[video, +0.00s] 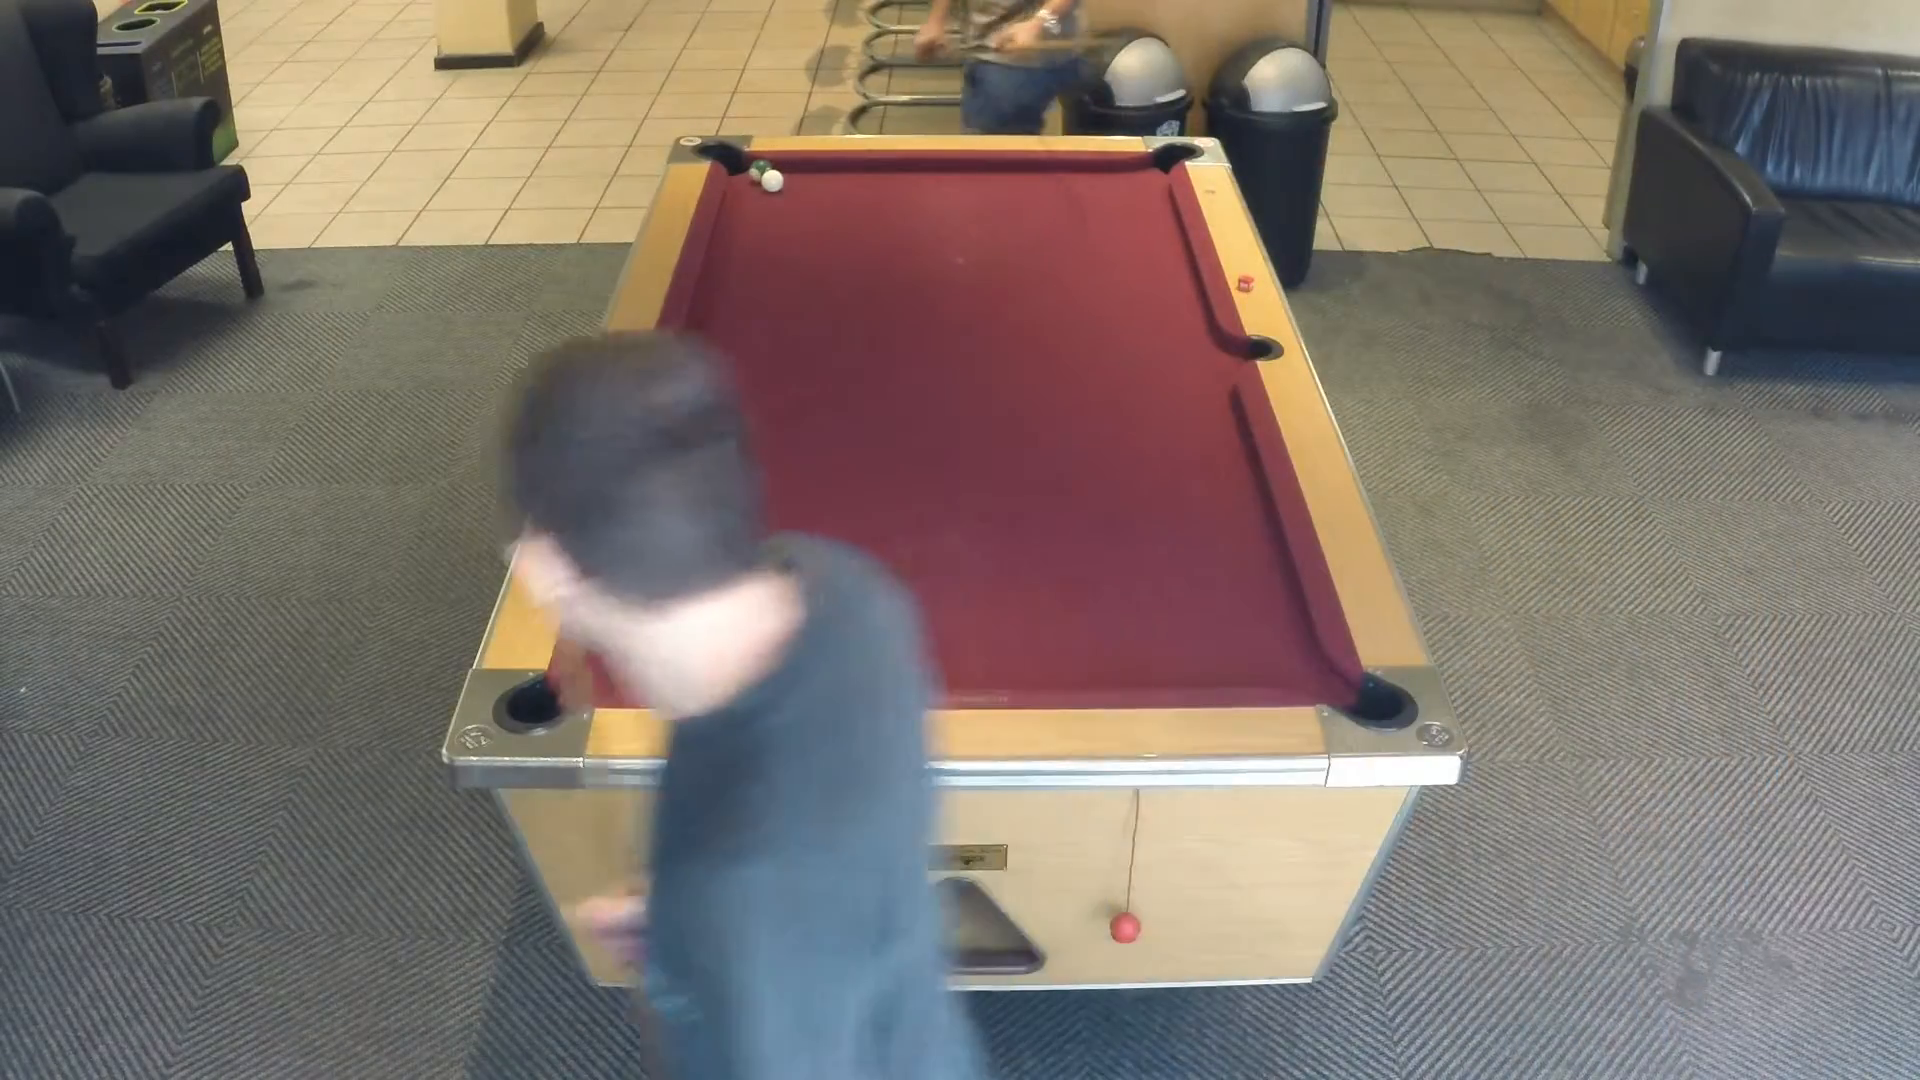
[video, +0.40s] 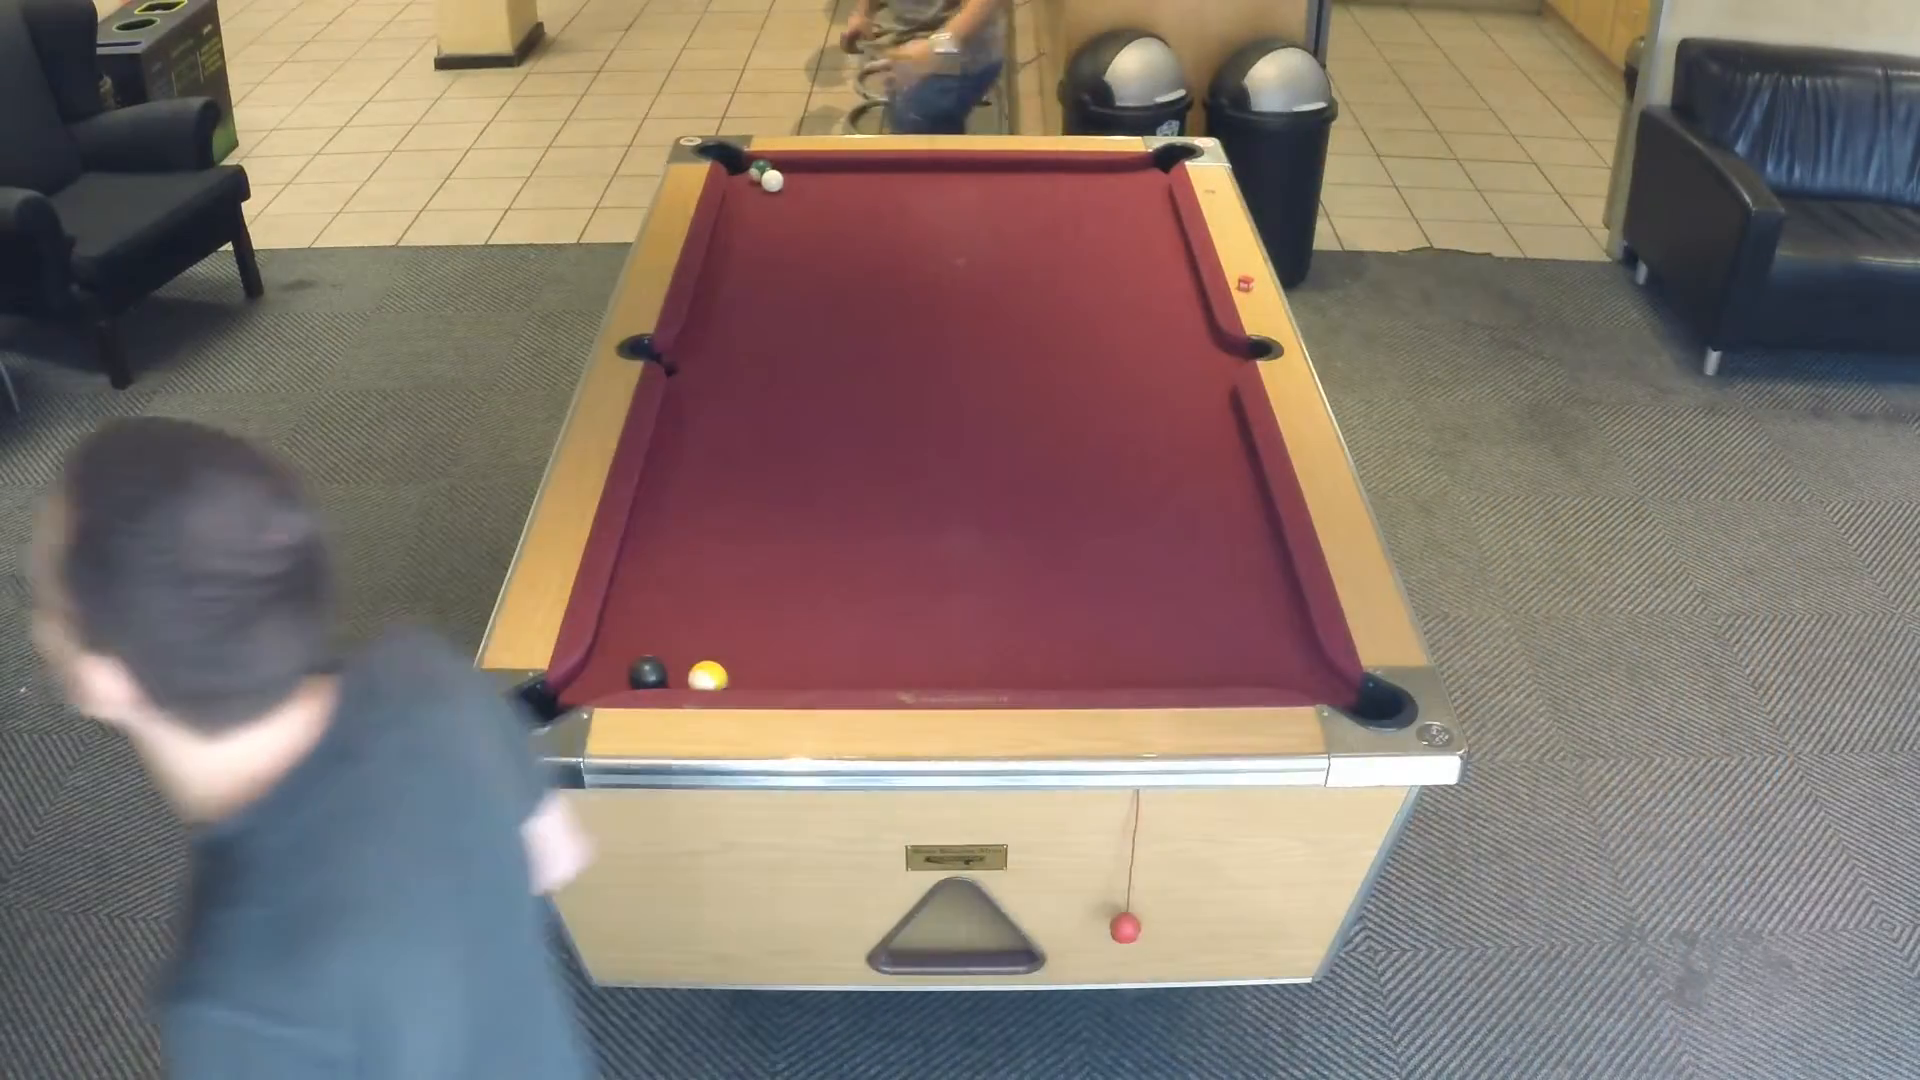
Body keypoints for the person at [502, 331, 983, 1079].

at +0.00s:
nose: (524, 564)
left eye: (529, 533)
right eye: (529, 530)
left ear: (561, 571)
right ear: (722, 492)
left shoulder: (748, 885)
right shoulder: (839, 587)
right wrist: (680, 920)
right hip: (933, 1044)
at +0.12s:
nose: (366, 588)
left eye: (379, 563)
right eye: (376, 559)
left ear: (439, 616)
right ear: (585, 535)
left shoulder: (600, 951)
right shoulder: (719, 627)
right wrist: (550, 930)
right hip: (831, 1042)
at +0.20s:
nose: (265, 609)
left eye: (278, 591)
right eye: (275, 585)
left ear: (343, 662)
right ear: (495, 576)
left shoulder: (507, 981)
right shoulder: (627, 649)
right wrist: (456, 951)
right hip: (750, 1050)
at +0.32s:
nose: (114, 615)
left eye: (124, 605)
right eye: (124, 599)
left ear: (189, 687)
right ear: (367, 579)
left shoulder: (337, 1009)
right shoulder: (490, 669)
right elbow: (619, 841)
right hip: (621, 1052)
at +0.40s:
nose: (37, 614)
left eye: (48, 601)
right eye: (48, 595)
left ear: (108, 687)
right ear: (295, 582)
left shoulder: (245, 1009)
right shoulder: (422, 672)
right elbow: (557, 850)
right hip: (557, 1052)